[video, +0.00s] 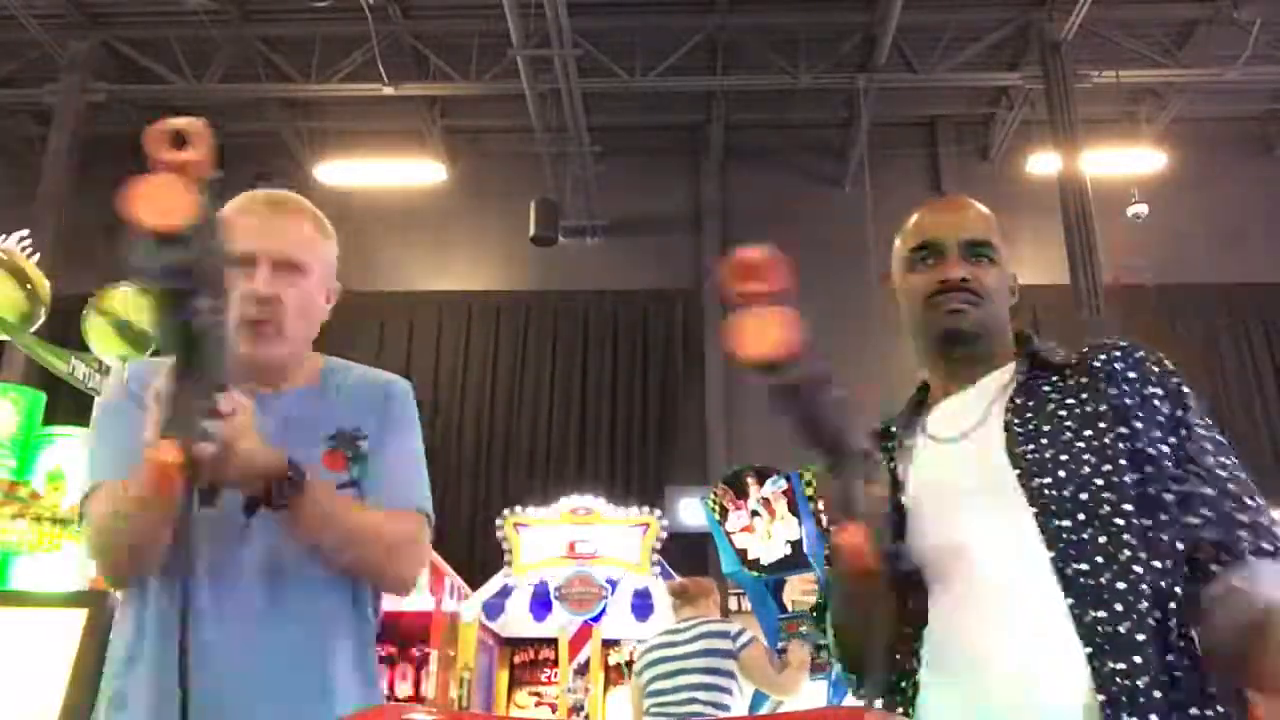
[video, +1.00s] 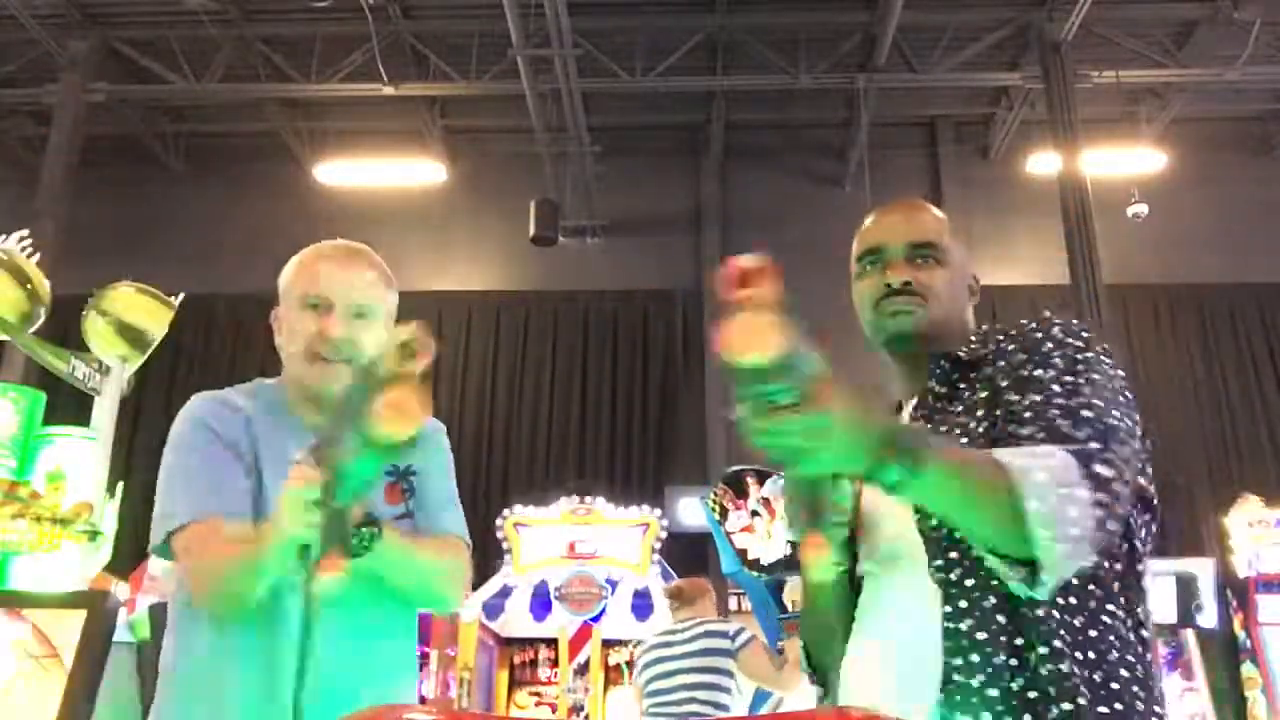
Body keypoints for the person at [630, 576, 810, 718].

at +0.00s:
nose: (721, 609)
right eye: (720, 603)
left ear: (674, 609)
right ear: (713, 601)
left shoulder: (646, 650)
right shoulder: (731, 632)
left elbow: (639, 714)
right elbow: (784, 688)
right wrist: (799, 661)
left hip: (660, 715)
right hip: (710, 713)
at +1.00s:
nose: (716, 607)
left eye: (714, 601)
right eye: (714, 601)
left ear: (672, 610)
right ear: (710, 599)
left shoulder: (646, 648)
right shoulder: (729, 632)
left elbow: (641, 706)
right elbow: (786, 684)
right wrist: (794, 650)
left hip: (658, 714)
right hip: (711, 712)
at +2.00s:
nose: (730, 612)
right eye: (728, 606)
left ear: (682, 612)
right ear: (722, 606)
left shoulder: (655, 647)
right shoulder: (741, 636)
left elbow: (653, 702)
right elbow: (796, 688)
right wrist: (802, 660)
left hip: (663, 714)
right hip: (717, 711)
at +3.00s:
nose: (721, 609)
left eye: (720, 604)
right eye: (720, 603)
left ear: (675, 610)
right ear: (712, 601)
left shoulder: (647, 649)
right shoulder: (730, 633)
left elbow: (638, 715)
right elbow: (787, 687)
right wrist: (800, 659)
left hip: (660, 716)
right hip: (707, 713)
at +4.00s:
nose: (717, 611)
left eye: (715, 606)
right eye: (716, 605)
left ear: (674, 612)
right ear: (713, 603)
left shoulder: (647, 649)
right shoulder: (730, 633)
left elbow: (643, 703)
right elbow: (786, 681)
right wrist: (797, 654)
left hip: (655, 714)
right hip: (707, 712)